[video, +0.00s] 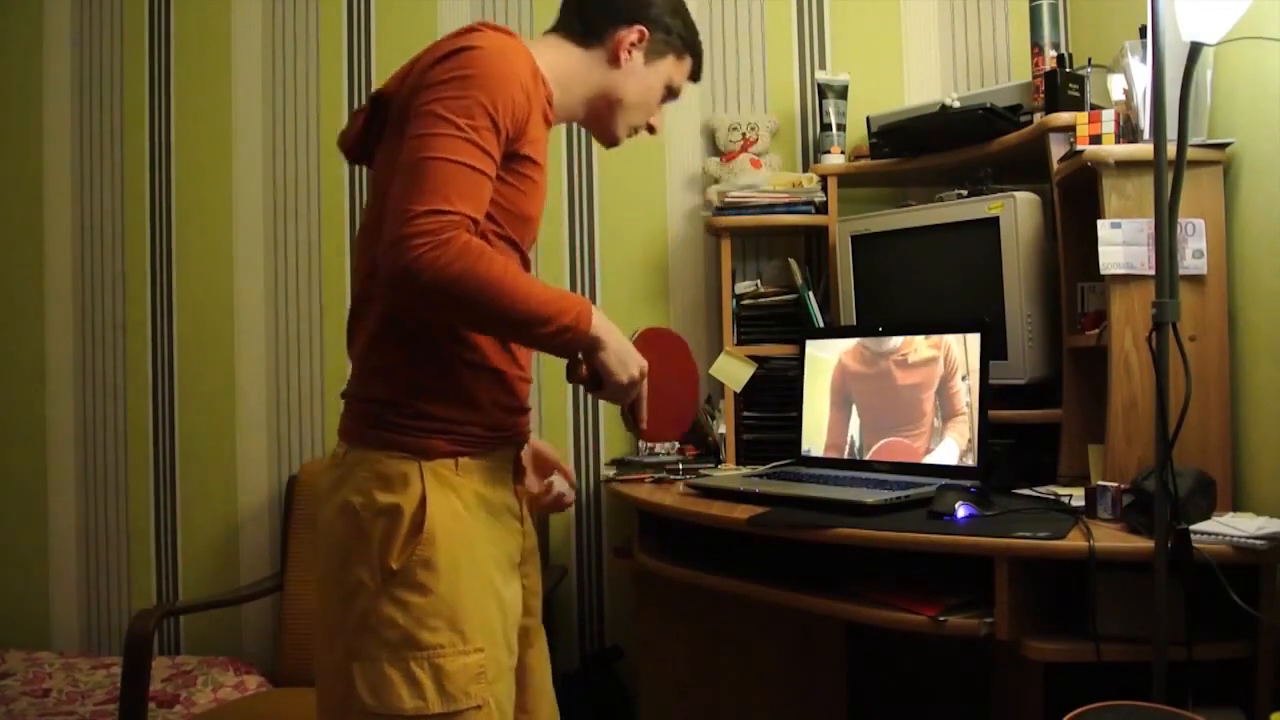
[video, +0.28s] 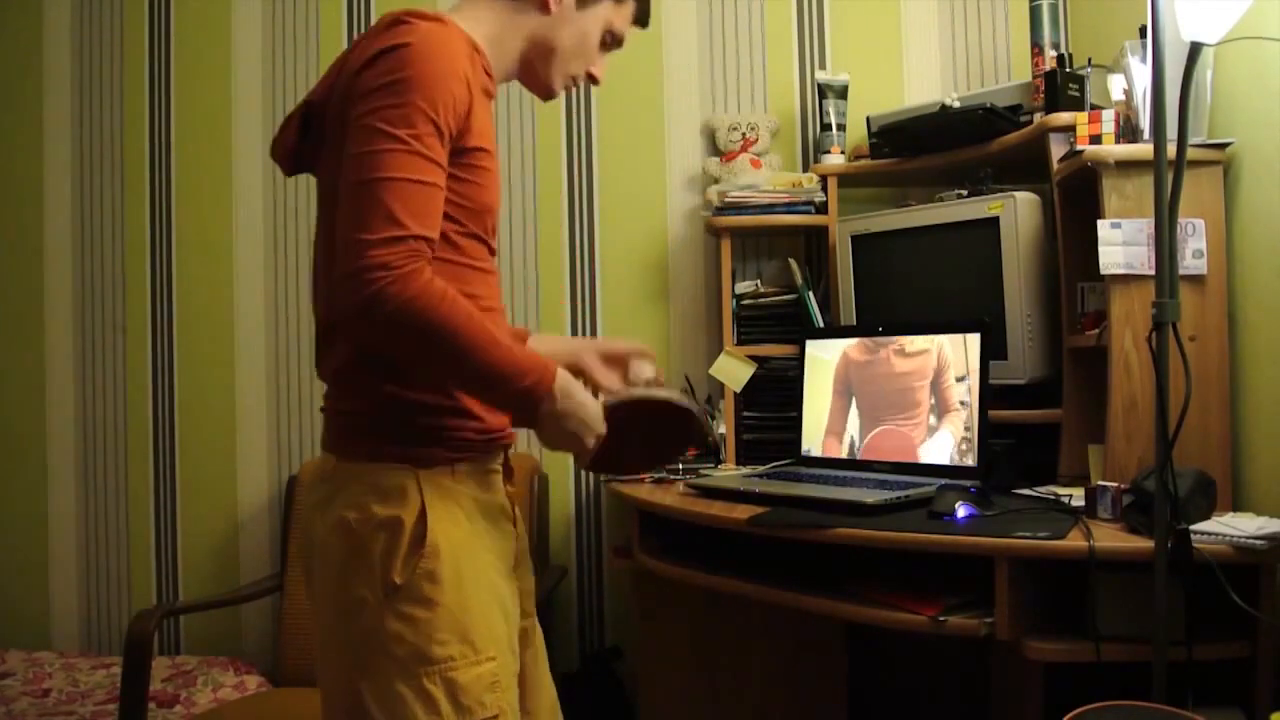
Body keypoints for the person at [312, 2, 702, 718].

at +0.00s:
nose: (656, 123)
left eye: (671, 103)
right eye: (669, 91)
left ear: (627, 48)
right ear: (630, 45)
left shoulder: (518, 102)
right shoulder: (487, 66)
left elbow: (449, 307)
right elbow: (425, 249)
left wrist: (512, 441)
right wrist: (587, 324)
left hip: (481, 488)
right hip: (421, 493)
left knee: (518, 706)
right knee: (441, 706)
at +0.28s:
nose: (599, 72)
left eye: (612, 51)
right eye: (608, 39)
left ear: (554, 7)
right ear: (560, 0)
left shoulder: (458, 75)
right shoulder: (423, 55)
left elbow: (430, 309)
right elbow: (379, 279)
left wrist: (564, 353)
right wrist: (543, 391)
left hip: (469, 498)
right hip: (410, 509)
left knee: (528, 711)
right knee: (443, 710)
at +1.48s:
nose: (564, 35)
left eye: (574, 13)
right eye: (568, 5)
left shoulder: (416, 69)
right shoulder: (336, 47)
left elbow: (416, 297)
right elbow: (296, 286)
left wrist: (578, 329)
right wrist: (490, 380)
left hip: (445, 497)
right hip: (362, 508)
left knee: (508, 710)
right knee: (388, 710)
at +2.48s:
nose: (535, 58)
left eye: (546, 35)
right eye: (539, 24)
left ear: (477, 6)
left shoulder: (407, 119)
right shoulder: (283, 54)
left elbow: (441, 319)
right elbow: (252, 280)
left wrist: (580, 403)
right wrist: (443, 360)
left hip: (394, 504)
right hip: (274, 510)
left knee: (456, 710)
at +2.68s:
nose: (478, 33)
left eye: (486, 12)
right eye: (477, 2)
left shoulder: (355, 110)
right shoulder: (208, 39)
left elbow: (406, 315)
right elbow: (147, 278)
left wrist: (561, 307)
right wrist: (365, 358)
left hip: (349, 513)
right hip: (217, 517)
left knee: (413, 708)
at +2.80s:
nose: (461, 15)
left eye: (466, 4)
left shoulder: (339, 110)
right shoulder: (174, 35)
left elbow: (385, 306)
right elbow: (59, 261)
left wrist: (540, 305)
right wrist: (267, 370)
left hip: (341, 518)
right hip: (203, 524)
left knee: (408, 711)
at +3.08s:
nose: (479, 43)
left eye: (486, 18)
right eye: (475, 8)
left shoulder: (336, 114)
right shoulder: (199, 64)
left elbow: (301, 310)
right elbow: (61, 292)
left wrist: (448, 373)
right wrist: (249, 455)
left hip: (316, 522)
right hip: (194, 531)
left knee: (417, 712)